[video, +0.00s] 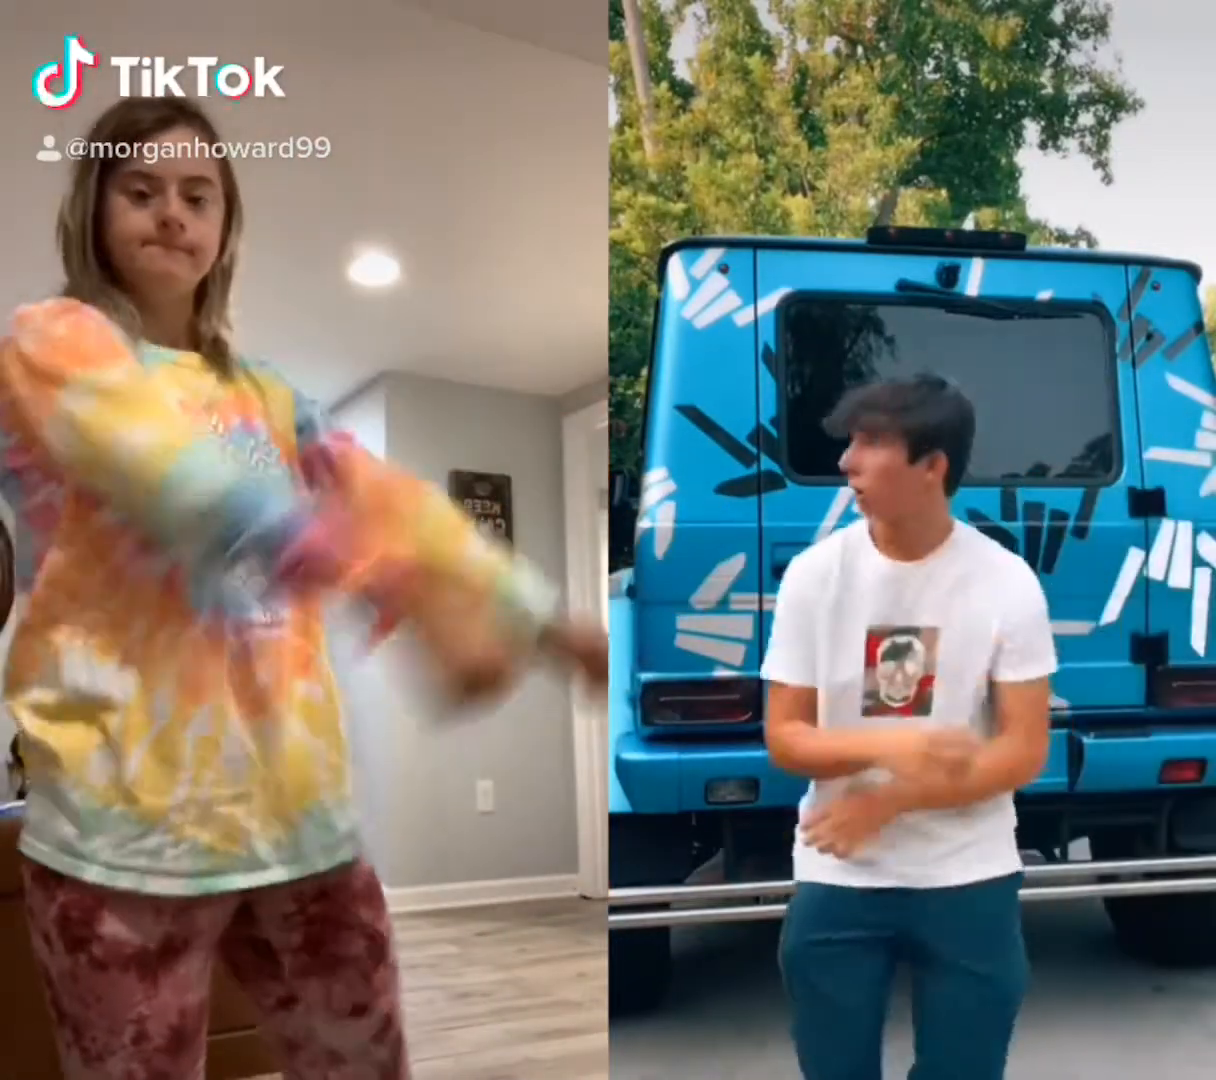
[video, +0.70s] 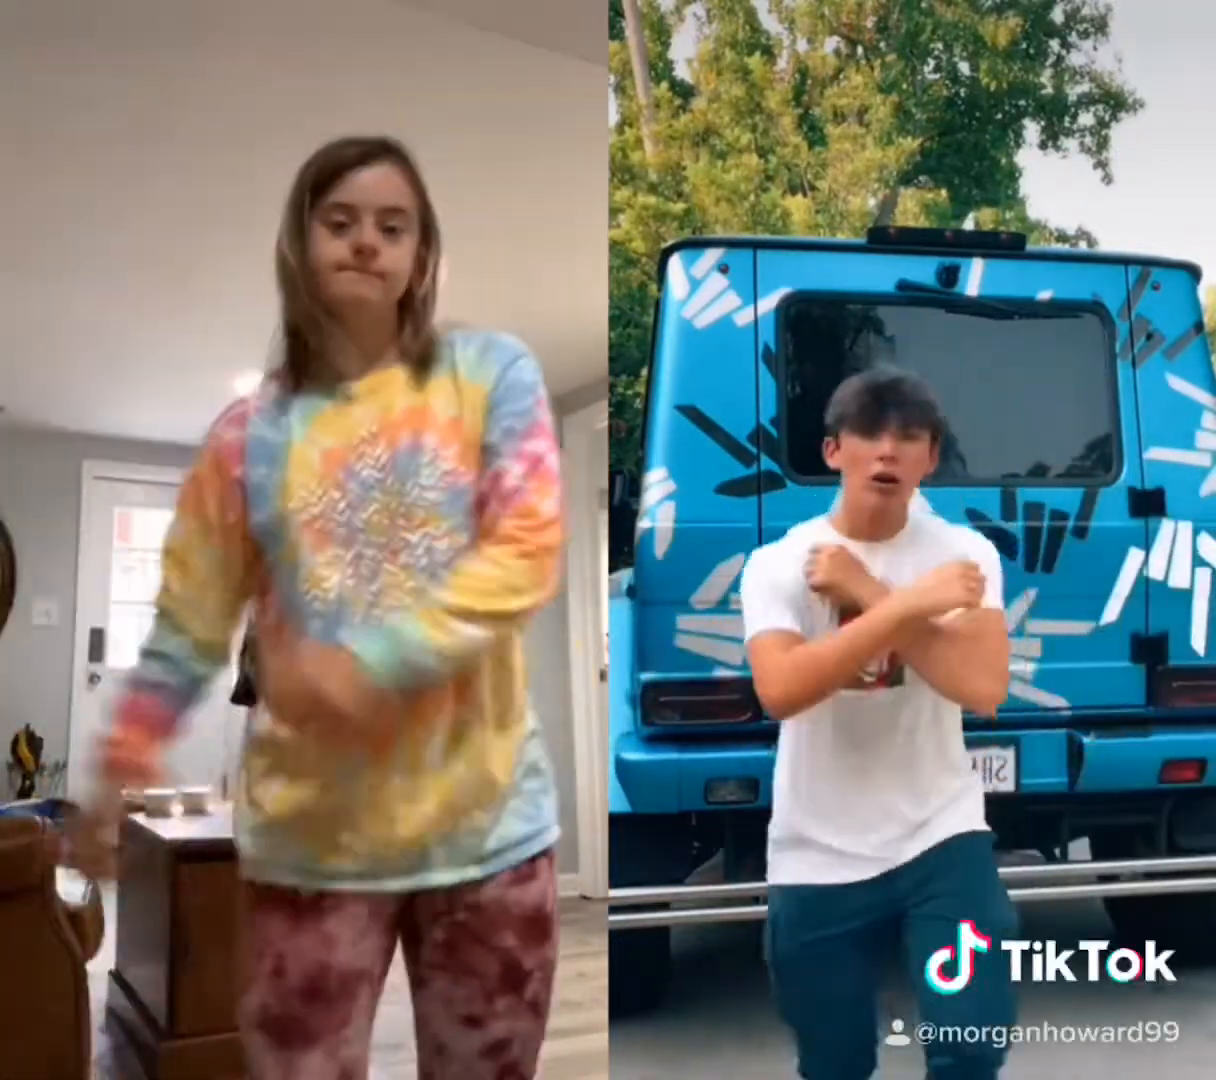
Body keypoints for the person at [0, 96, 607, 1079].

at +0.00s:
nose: (170, 216)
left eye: (197, 196)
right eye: (141, 191)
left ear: (226, 228)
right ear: (94, 214)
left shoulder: (264, 397)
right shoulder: (51, 340)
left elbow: (398, 511)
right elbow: (194, 488)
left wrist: (537, 619)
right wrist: (405, 595)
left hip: (293, 820)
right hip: (116, 832)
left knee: (360, 1065)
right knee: (137, 1070)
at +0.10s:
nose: (183, 212)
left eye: (209, 191)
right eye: (153, 187)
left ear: (239, 224)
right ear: (102, 208)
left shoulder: (285, 391)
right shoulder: (48, 360)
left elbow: (386, 555)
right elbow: (106, 553)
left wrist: (498, 718)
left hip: (313, 813)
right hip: (129, 835)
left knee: (386, 1062)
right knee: (146, 1072)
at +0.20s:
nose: (203, 208)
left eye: (230, 188)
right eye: (174, 183)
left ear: (263, 221)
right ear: (127, 208)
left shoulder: (324, 388)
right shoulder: (63, 381)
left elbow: (385, 595)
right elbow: (29, 609)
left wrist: (446, 770)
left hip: (330, 823)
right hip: (139, 842)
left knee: (400, 1068)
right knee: (157, 1072)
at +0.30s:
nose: (233, 208)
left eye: (261, 190)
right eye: (204, 186)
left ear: (294, 223)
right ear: (158, 214)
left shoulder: (362, 382)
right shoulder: (90, 389)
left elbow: (396, 585)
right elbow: (10, 572)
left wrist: (361, 756)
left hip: (345, 828)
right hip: (163, 846)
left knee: (407, 1067)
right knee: (166, 1071)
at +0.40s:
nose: (271, 222)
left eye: (299, 203)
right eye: (244, 198)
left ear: (334, 237)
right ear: (199, 223)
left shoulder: (398, 378)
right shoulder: (132, 402)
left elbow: (409, 578)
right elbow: (16, 535)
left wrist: (273, 716)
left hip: (390, 840)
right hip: (199, 851)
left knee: (428, 1069)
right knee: (198, 1069)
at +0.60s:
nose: (344, 249)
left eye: (372, 231)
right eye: (317, 228)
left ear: (403, 263)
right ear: (276, 254)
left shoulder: (473, 388)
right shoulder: (224, 441)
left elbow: (473, 564)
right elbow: (110, 621)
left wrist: (275, 612)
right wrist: (18, 714)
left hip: (473, 847)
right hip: (294, 863)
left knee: (489, 1072)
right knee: (268, 1069)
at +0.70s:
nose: (365, 243)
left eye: (392, 225)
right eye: (340, 220)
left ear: (424, 256)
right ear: (297, 244)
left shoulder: (492, 375)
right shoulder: (250, 434)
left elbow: (523, 560)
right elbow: (187, 631)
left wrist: (368, 662)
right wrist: (114, 773)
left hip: (486, 830)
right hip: (309, 843)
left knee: (487, 1069)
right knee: (300, 1069)